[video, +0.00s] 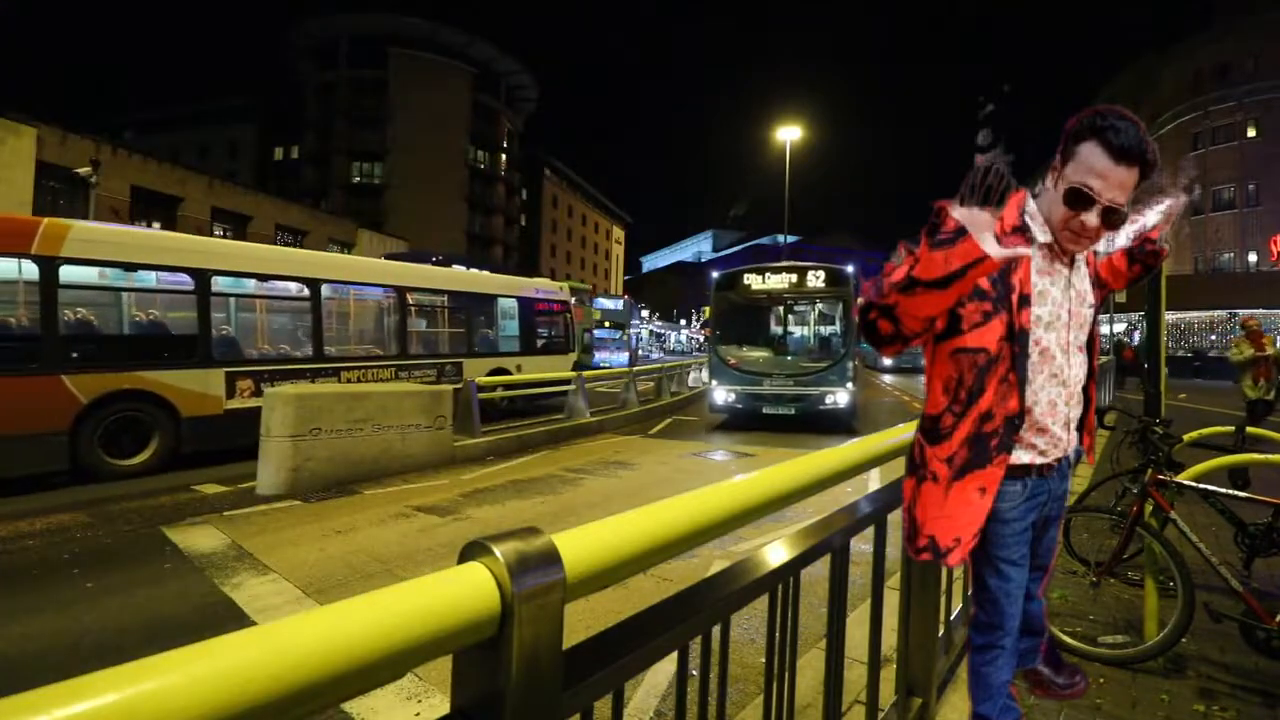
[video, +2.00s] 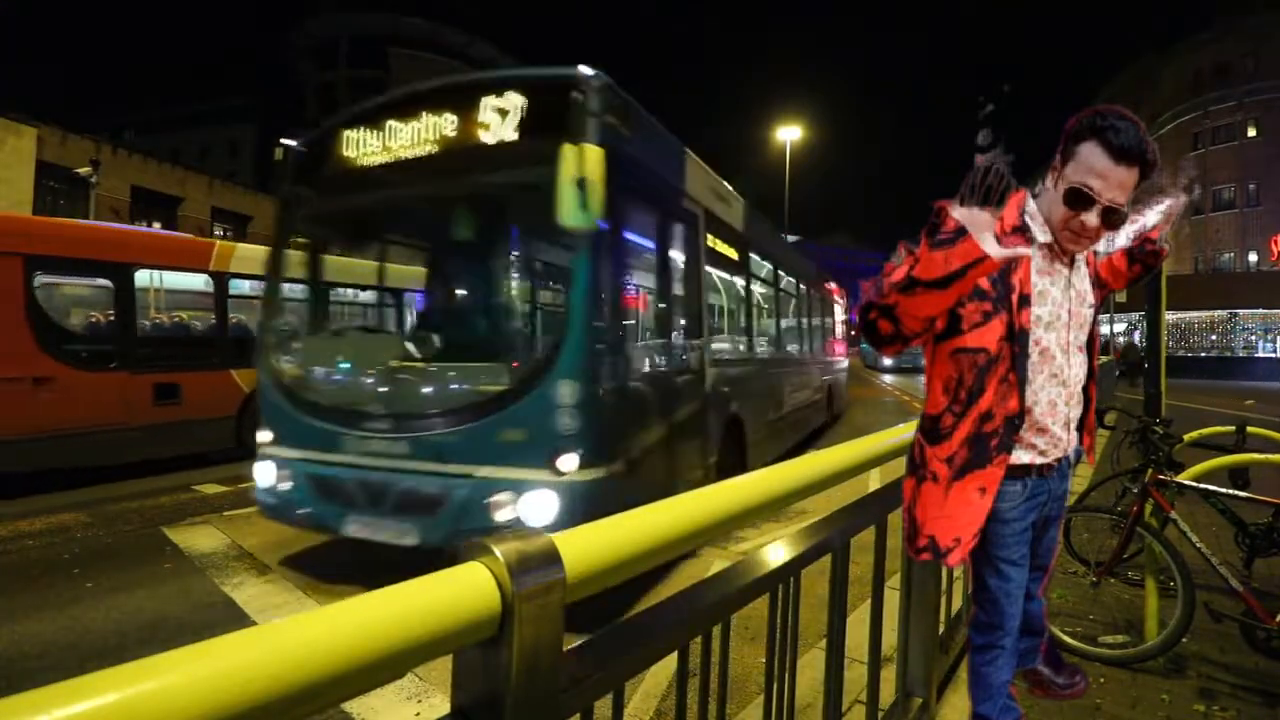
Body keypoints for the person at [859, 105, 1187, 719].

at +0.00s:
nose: (1089, 222)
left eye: (1110, 212)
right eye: (1079, 198)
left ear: (1123, 212)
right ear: (1052, 172)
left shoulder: (1083, 264)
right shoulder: (986, 243)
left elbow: (1107, 276)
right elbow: (882, 328)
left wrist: (1150, 241)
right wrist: (960, 245)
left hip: (1057, 467)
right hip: (1000, 476)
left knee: (1034, 582)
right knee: (1000, 614)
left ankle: (1027, 659)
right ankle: (993, 710)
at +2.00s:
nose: (1089, 222)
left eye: (1110, 211)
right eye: (1079, 198)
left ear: (1123, 211)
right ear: (1052, 172)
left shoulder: (1085, 265)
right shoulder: (985, 242)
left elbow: (1116, 271)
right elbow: (884, 328)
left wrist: (1152, 240)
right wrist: (962, 246)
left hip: (1057, 467)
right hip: (1000, 475)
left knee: (1034, 582)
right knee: (1000, 611)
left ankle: (1027, 659)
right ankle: (993, 709)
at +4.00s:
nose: (1089, 222)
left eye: (1109, 211)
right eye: (1079, 197)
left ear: (1123, 211)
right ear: (1052, 171)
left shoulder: (1085, 265)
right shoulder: (984, 243)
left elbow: (1118, 269)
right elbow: (883, 327)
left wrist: (1151, 241)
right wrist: (962, 246)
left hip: (1057, 467)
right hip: (1000, 475)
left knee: (1034, 581)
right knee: (1000, 611)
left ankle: (1028, 659)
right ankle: (994, 709)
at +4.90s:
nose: (1089, 223)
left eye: (1110, 212)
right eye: (1080, 198)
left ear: (1123, 211)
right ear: (1051, 172)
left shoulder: (1085, 265)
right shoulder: (985, 243)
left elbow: (1119, 268)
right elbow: (883, 326)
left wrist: (1151, 238)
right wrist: (962, 245)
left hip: (1058, 467)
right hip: (1000, 475)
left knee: (1035, 580)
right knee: (1000, 613)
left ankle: (1028, 658)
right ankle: (993, 710)